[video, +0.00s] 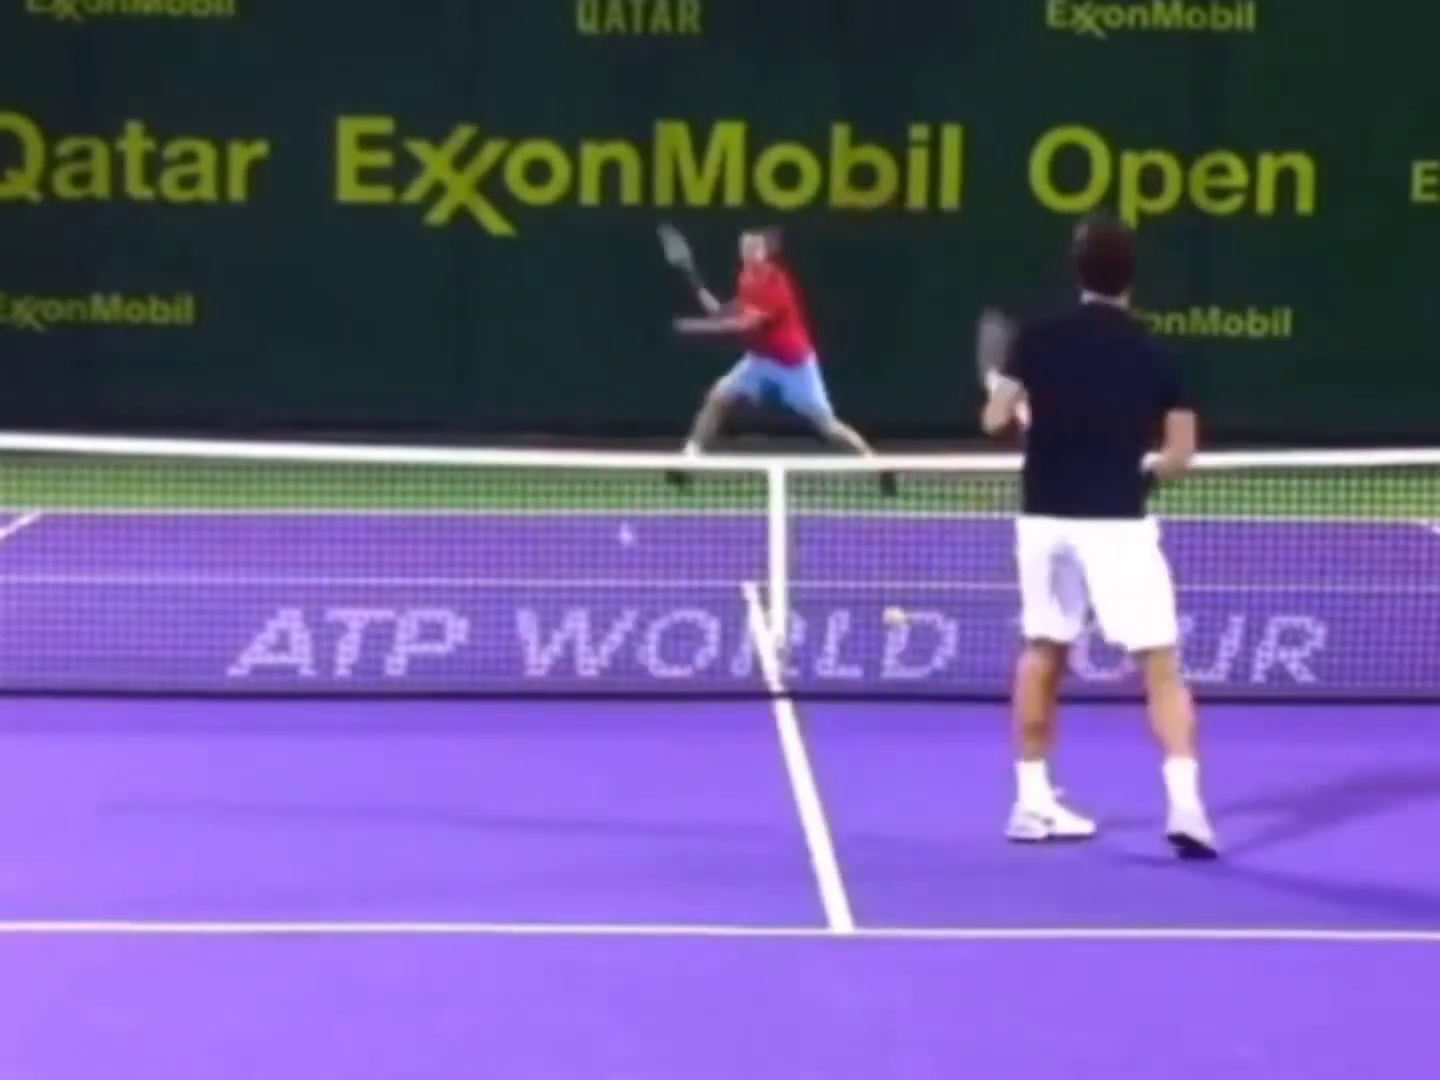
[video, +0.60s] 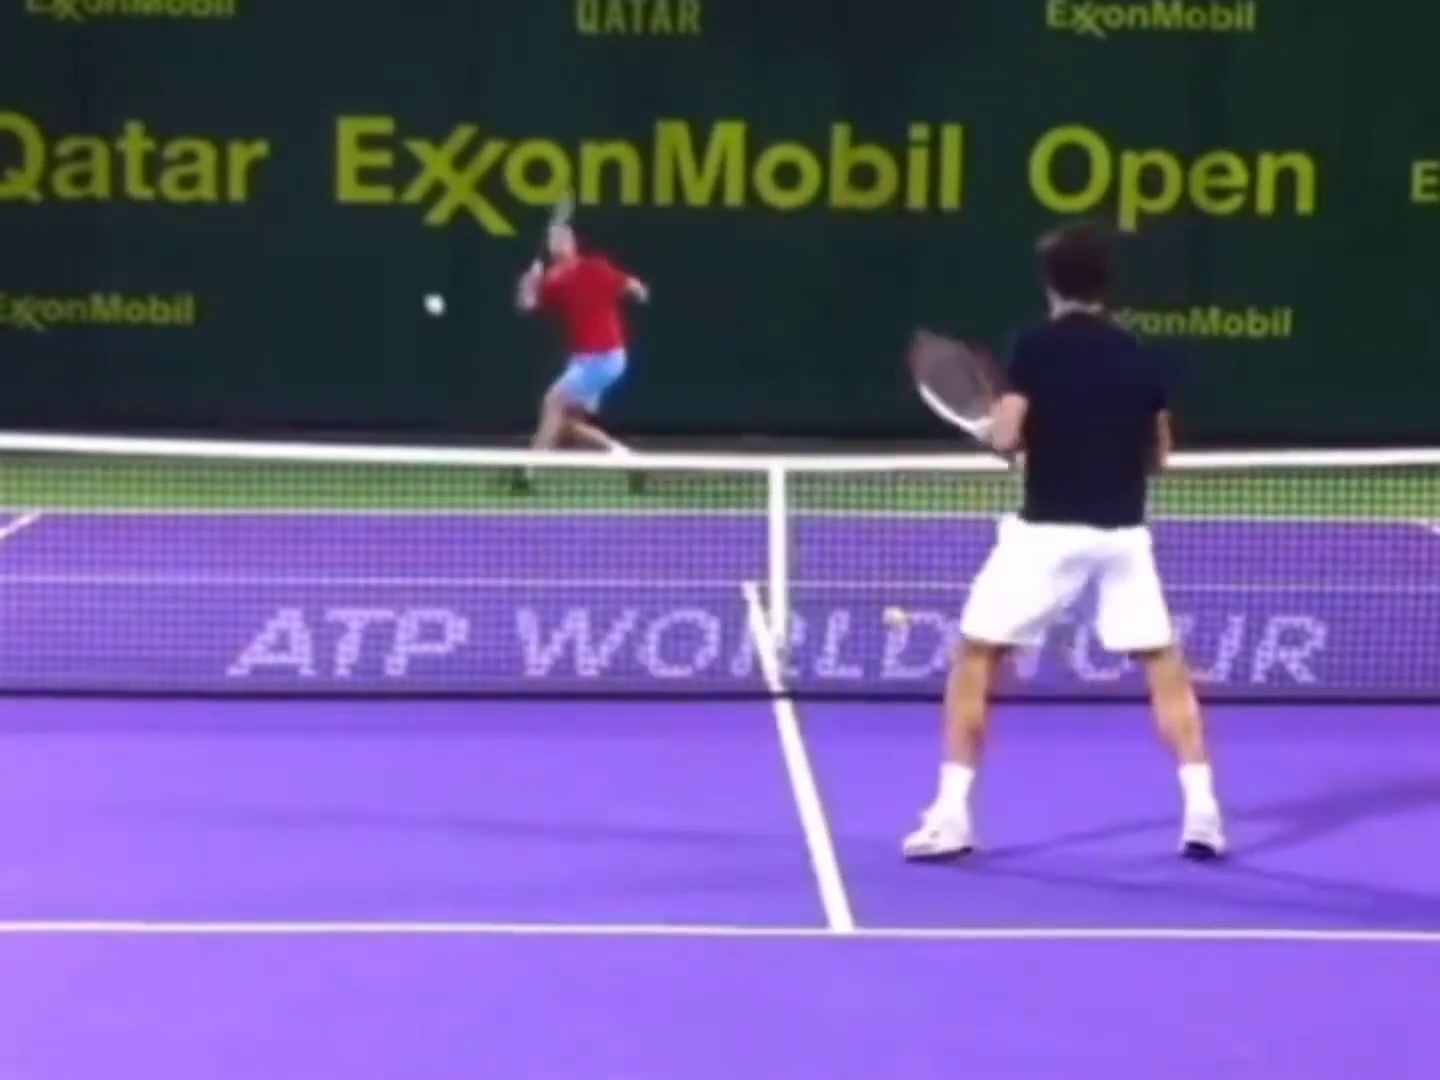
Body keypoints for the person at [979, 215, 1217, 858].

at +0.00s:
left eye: (1092, 266)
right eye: (1121, 268)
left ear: (1075, 275)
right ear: (1132, 277)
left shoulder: (1037, 339)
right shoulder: (1152, 350)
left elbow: (996, 422)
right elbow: (1179, 454)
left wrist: (1023, 414)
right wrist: (1144, 468)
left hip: (1043, 521)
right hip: (1119, 526)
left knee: (1041, 651)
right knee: (1160, 662)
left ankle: (1032, 797)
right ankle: (1185, 800)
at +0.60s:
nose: (1052, 292)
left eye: (1050, 282)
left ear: (1049, 286)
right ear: (1106, 285)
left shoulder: (1037, 345)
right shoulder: (1138, 354)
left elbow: (1006, 436)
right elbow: (1160, 454)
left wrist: (988, 419)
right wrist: (1104, 435)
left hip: (1047, 532)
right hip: (1126, 535)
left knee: (976, 653)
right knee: (1164, 665)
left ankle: (950, 808)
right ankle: (1201, 805)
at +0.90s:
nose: (883, 306)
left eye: (890, 298)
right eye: (890, 298)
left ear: (900, 307)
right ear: (929, 308)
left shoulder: (933, 357)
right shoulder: (901, 364)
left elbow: (923, 429)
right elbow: (846, 408)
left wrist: (884, 356)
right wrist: (803, 388)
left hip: (934, 556)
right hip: (983, 546)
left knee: (896, 689)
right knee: (1026, 681)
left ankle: (987, 812)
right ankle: (1134, 769)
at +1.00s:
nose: (817, 312)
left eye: (823, 306)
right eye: (818, 305)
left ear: (839, 320)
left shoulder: (867, 368)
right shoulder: (834, 372)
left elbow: (858, 427)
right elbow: (786, 387)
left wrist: (825, 349)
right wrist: (750, 355)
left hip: (900, 547)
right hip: (896, 544)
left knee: (874, 688)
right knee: (908, 678)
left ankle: (981, 803)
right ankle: (1017, 751)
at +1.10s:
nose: (732, 306)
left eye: (741, 297)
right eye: (733, 297)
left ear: (763, 304)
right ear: (775, 304)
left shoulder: (801, 361)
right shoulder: (750, 363)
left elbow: (801, 399)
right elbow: (653, 378)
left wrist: (729, 368)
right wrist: (596, 347)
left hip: (853, 549)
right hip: (802, 550)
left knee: (861, 691)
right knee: (748, 654)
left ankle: (976, 798)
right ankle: (813, 782)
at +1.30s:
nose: (557, 334)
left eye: (564, 322)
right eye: (557, 322)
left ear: (595, 327)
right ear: (604, 325)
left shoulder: (621, 387)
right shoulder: (650, 369)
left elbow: (573, 468)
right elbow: (715, 394)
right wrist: (770, 412)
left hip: (674, 569)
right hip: (619, 559)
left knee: (709, 712)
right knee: (534, 655)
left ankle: (846, 786)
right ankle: (524, 810)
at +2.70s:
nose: (465, 285)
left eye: (465, 275)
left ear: (470, 280)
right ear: (521, 278)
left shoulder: (474, 338)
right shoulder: (549, 338)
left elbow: (443, 412)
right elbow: (508, 440)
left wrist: (400, 385)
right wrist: (410, 437)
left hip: (495, 524)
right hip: (561, 521)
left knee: (435, 653)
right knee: (563, 658)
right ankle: (623, 773)